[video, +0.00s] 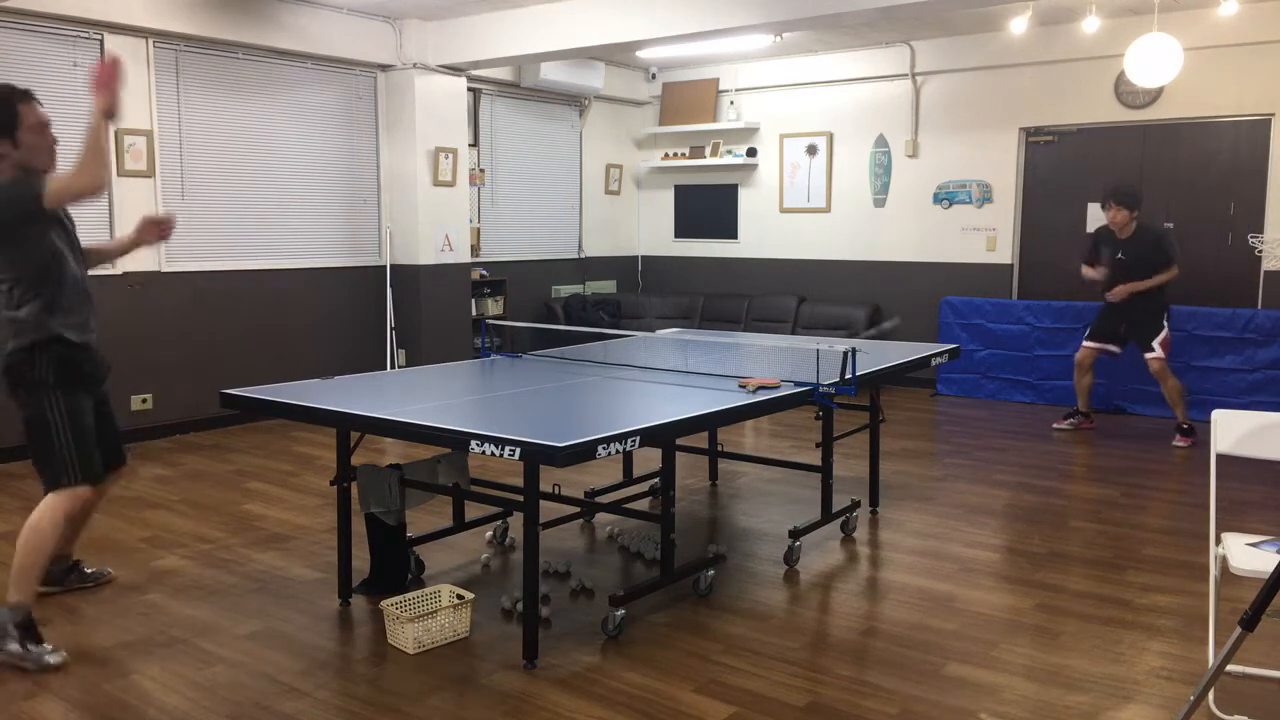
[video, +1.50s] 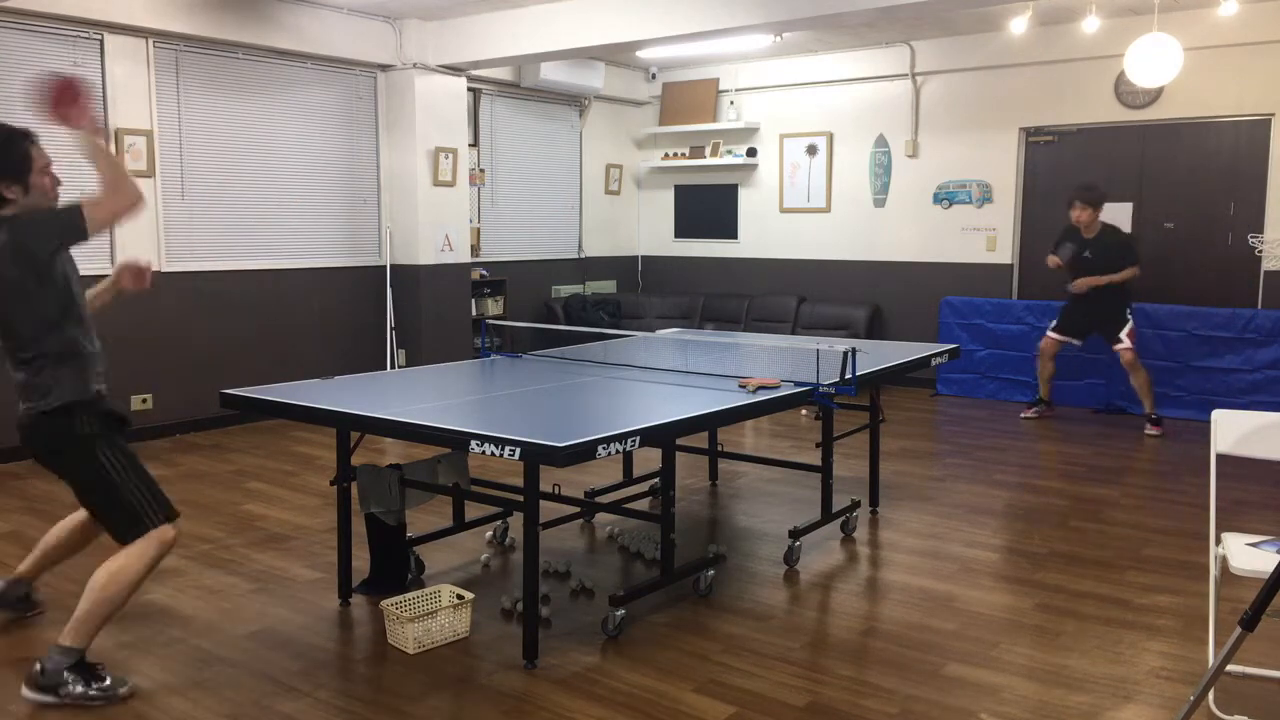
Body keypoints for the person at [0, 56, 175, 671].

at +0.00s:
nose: (53, 133)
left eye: (49, 124)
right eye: (40, 126)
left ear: (27, 141)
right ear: (8, 144)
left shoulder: (39, 197)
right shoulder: (10, 195)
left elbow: (73, 258)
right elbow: (91, 179)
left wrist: (132, 241)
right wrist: (102, 113)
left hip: (70, 351)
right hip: (39, 353)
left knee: (106, 464)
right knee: (72, 485)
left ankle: (55, 566)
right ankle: (12, 618)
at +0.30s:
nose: (103, 147)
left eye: (99, 137)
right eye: (92, 139)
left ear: (64, 153)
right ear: (59, 153)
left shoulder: (69, 210)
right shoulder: (36, 214)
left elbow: (70, 282)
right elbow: (86, 285)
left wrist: (118, 281)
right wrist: (151, 245)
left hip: (60, 373)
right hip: (23, 377)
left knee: (96, 466)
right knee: (51, 484)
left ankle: (54, 564)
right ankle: (16, 624)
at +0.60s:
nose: (143, 199)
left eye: (138, 188)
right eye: (132, 191)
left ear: (101, 205)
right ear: (100, 205)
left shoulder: (96, 254)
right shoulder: (64, 261)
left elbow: (88, 331)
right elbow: (70, 355)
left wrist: (136, 345)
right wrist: (149, 339)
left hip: (54, 396)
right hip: (15, 404)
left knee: (117, 468)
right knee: (78, 499)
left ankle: (106, 551)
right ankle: (13, 623)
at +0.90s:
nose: (131, 253)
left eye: (127, 242)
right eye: (119, 247)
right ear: (81, 264)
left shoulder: (127, 294)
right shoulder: (29, 317)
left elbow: (148, 336)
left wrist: (180, 363)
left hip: (88, 420)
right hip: (33, 429)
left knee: (158, 477)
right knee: (81, 500)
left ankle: (109, 550)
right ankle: (67, 639)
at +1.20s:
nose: (81, 253)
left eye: (80, 240)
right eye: (66, 246)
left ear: (83, 236)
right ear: (30, 261)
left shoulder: (94, 275)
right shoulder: (15, 316)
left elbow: (128, 300)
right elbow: (7, 393)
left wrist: (170, 324)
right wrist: (5, 426)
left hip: (108, 423)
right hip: (51, 434)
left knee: (158, 491)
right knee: (123, 509)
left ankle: (121, 547)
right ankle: (72, 648)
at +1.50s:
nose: (54, 174)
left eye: (50, 165)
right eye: (43, 167)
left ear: (13, 186)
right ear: (16, 184)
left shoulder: (19, 237)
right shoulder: (26, 232)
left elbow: (54, 316)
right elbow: (124, 197)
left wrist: (112, 288)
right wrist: (88, 132)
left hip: (57, 410)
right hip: (66, 412)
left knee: (106, 508)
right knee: (156, 532)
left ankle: (15, 587)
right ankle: (62, 664)